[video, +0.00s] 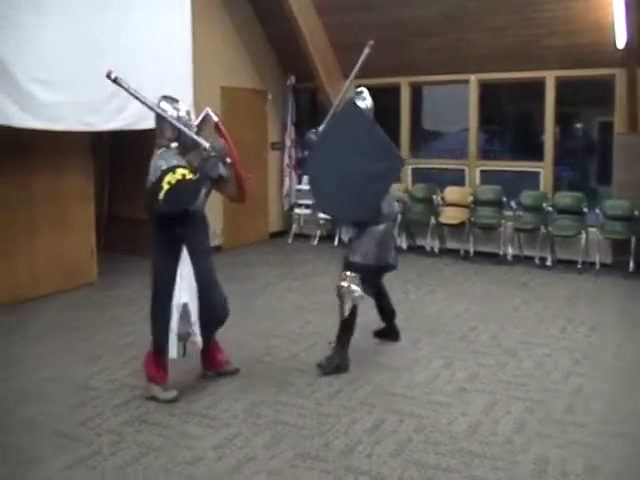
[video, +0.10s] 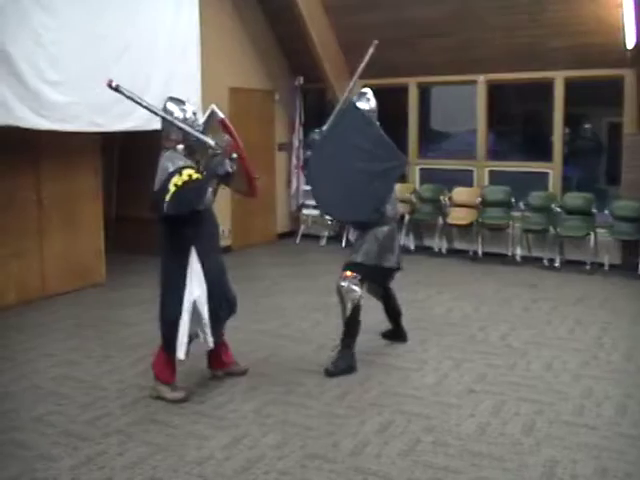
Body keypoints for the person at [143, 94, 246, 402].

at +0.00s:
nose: (178, 132)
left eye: (181, 126)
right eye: (172, 128)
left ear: (189, 132)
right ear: (166, 135)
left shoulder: (203, 158)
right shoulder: (164, 157)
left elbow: (234, 191)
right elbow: (171, 190)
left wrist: (221, 165)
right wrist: (196, 162)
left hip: (195, 225)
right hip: (165, 229)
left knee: (213, 300)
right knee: (163, 294)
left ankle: (210, 346)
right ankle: (158, 357)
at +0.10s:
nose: (174, 139)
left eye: (180, 133)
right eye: (173, 133)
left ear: (189, 138)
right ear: (176, 139)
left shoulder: (202, 161)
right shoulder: (172, 163)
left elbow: (245, 187)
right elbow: (180, 199)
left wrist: (229, 160)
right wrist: (208, 173)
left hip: (206, 242)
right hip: (179, 245)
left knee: (220, 299)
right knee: (177, 307)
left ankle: (219, 354)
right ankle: (164, 367)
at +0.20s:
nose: (185, 136)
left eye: (186, 130)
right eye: (180, 131)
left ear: (189, 135)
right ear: (171, 137)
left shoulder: (198, 159)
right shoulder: (169, 165)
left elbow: (226, 177)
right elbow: (185, 202)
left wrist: (223, 157)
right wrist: (207, 173)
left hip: (206, 241)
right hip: (179, 245)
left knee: (218, 298)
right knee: (177, 307)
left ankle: (218, 354)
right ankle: (162, 366)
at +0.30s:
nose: (179, 138)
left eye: (185, 132)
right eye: (176, 132)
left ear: (192, 135)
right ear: (172, 137)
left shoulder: (206, 158)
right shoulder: (170, 163)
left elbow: (245, 184)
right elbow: (185, 200)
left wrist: (228, 157)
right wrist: (208, 173)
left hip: (206, 233)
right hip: (177, 237)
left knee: (220, 296)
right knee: (175, 302)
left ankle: (219, 352)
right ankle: (162, 368)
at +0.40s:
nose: (192, 136)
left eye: (192, 131)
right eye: (187, 132)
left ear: (193, 137)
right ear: (179, 137)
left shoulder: (202, 160)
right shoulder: (174, 165)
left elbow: (246, 183)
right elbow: (191, 203)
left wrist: (229, 155)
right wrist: (213, 170)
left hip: (210, 246)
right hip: (183, 249)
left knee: (223, 299)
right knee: (177, 306)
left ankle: (221, 355)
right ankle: (162, 370)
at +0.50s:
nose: (189, 141)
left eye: (192, 135)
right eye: (184, 136)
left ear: (197, 138)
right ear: (177, 140)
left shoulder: (205, 161)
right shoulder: (178, 170)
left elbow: (230, 178)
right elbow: (198, 206)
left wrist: (231, 158)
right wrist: (220, 170)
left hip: (213, 232)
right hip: (183, 237)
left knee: (226, 294)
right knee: (178, 299)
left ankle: (227, 354)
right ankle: (165, 365)